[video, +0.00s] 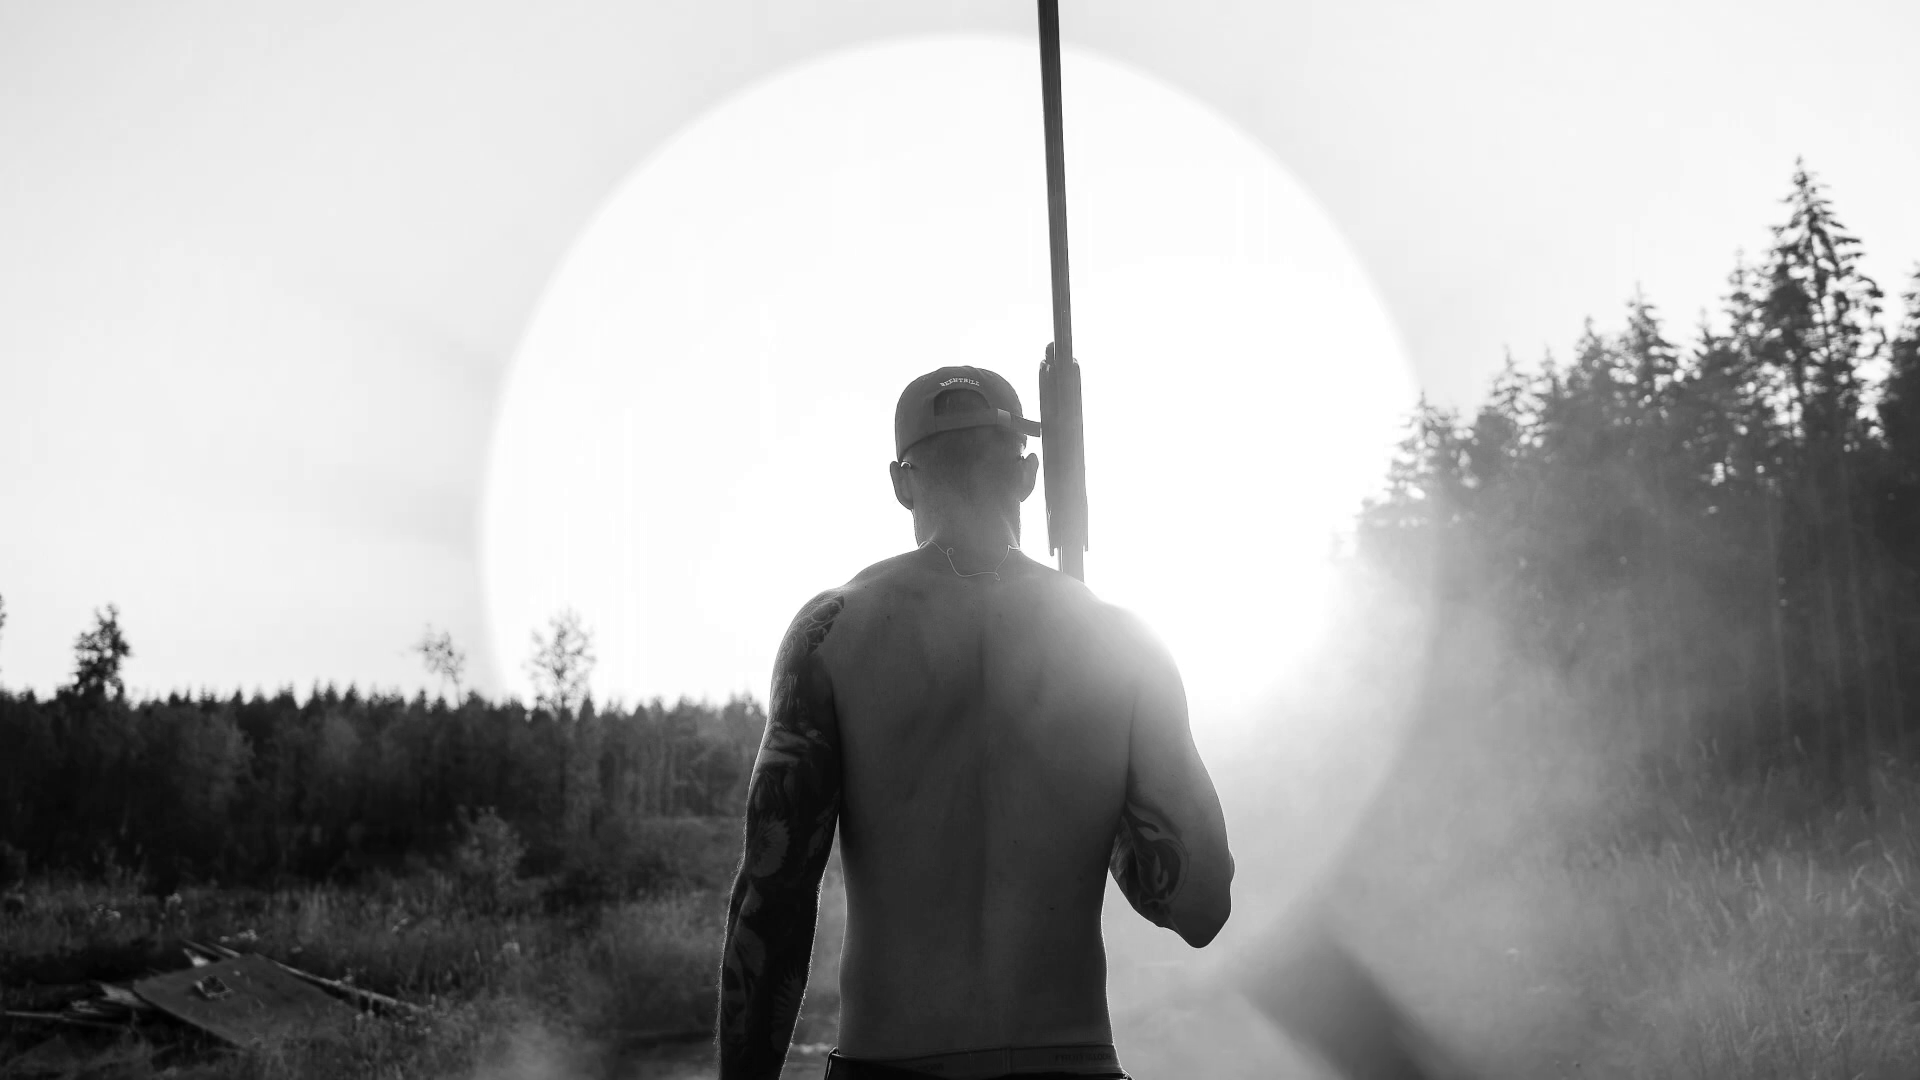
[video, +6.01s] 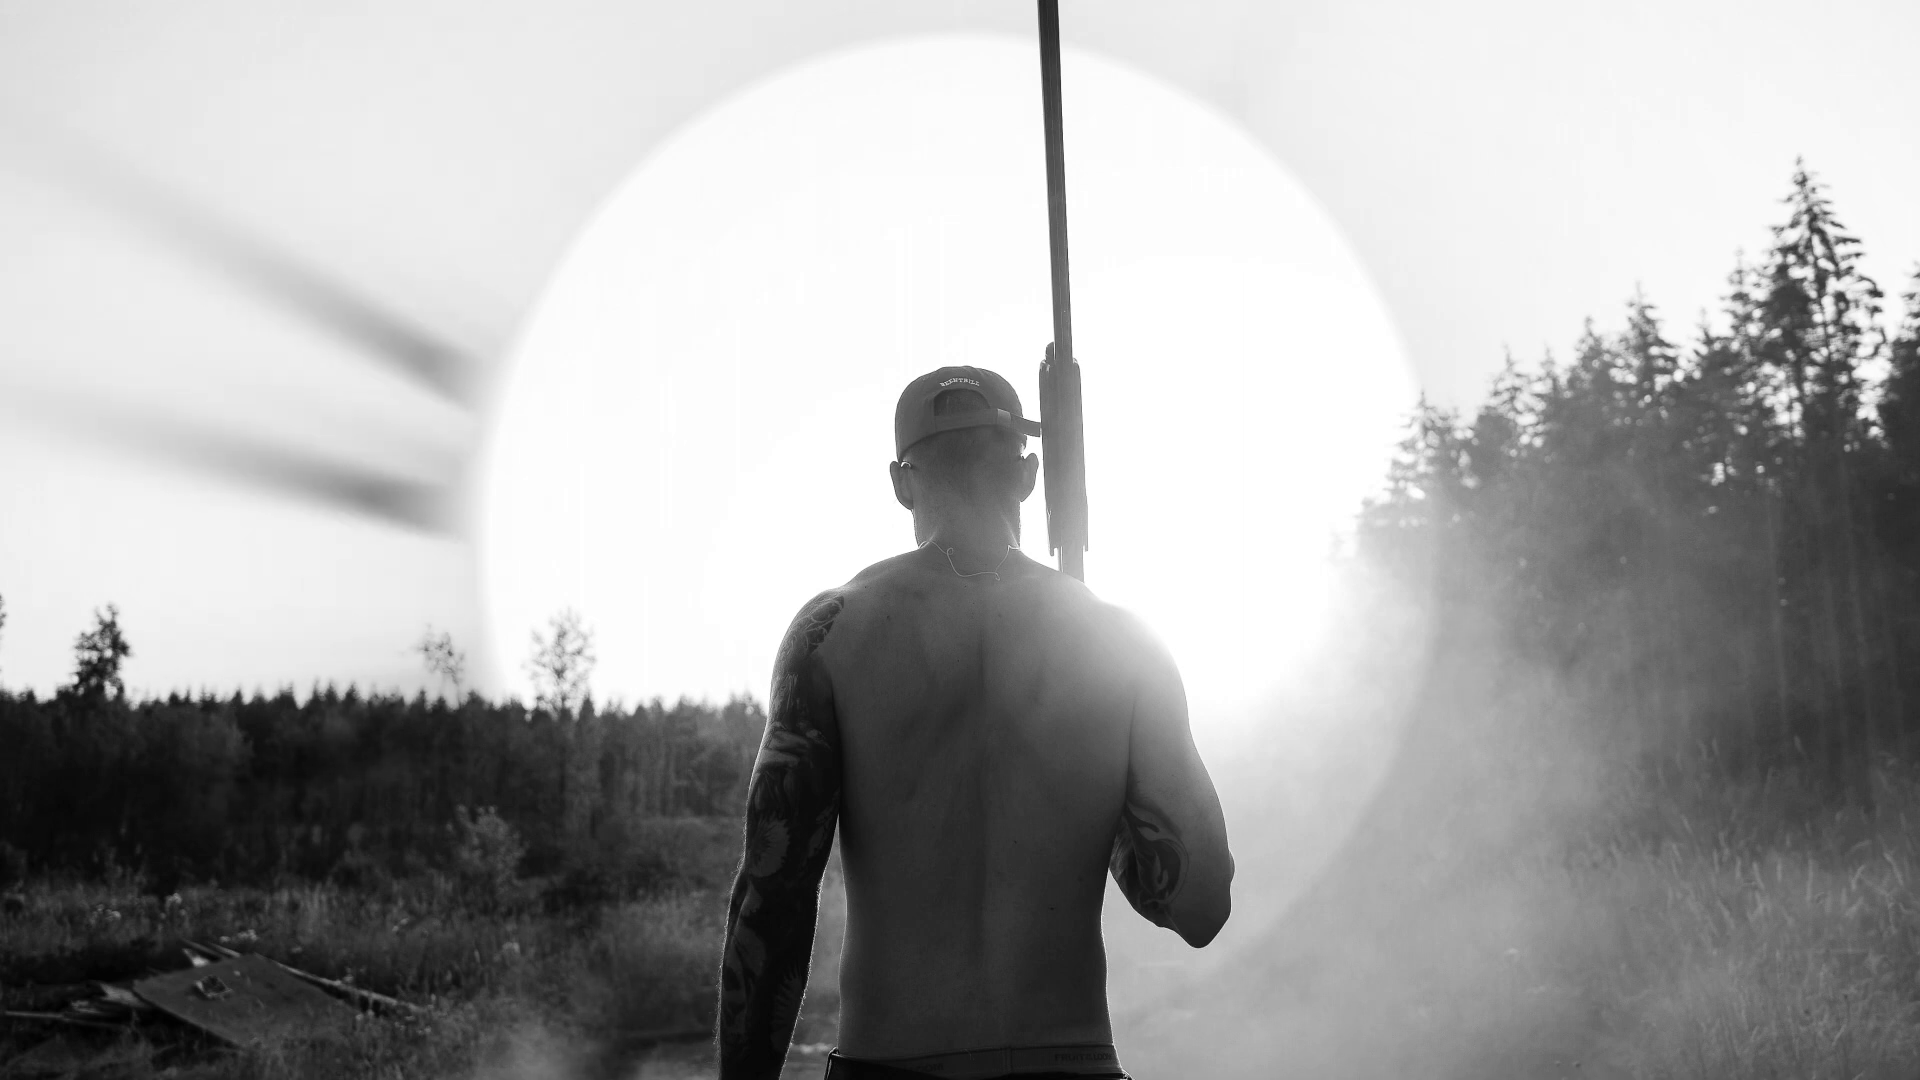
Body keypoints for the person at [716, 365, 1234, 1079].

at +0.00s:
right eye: (1018, 451)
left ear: (902, 484)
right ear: (1028, 476)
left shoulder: (832, 630)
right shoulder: (1122, 641)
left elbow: (773, 886)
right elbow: (1201, 904)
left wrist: (748, 1063)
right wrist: (1100, 803)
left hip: (885, 1045)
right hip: (1066, 1045)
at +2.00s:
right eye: (1018, 452)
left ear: (902, 484)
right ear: (1027, 476)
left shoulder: (832, 630)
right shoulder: (1121, 641)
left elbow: (773, 886)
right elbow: (1201, 904)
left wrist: (748, 1063)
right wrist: (1101, 803)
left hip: (885, 1045)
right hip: (1066, 1045)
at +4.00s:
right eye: (1018, 452)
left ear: (902, 484)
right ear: (1027, 476)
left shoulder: (832, 630)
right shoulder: (1121, 641)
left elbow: (773, 886)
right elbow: (1201, 904)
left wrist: (748, 1063)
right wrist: (1101, 804)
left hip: (885, 1045)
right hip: (1066, 1045)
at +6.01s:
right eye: (1015, 448)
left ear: (903, 486)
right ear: (1028, 477)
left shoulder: (831, 630)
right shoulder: (1121, 641)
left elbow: (773, 886)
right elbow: (1201, 905)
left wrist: (747, 1063)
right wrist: (1101, 800)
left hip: (886, 1046)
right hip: (1068, 1046)